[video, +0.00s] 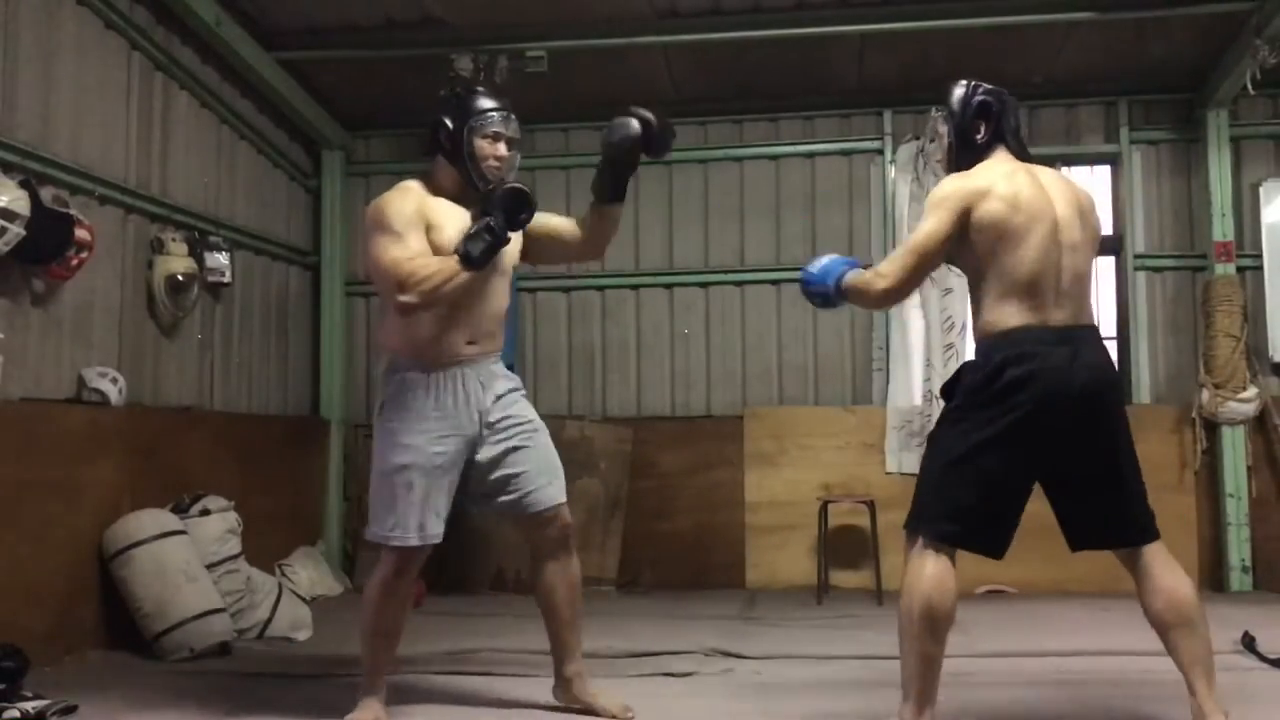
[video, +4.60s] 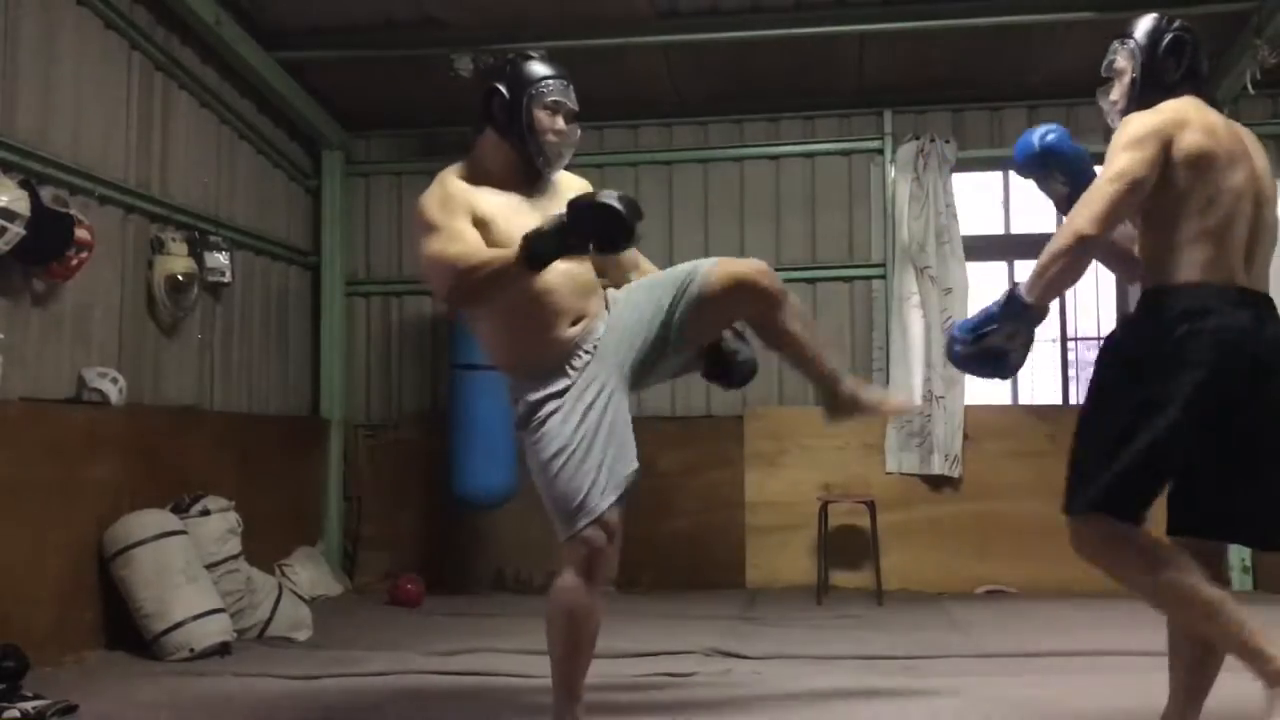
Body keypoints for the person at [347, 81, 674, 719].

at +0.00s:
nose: (504, 155)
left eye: (510, 143)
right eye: (492, 140)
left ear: (512, 151)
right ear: (451, 142)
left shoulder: (507, 220)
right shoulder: (401, 205)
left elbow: (590, 239)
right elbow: (408, 289)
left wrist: (615, 168)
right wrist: (484, 244)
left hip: (493, 385)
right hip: (421, 393)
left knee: (553, 526)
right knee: (403, 551)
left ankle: (571, 681)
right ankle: (373, 694)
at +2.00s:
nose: (584, 137)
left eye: (590, 126)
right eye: (570, 122)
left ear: (592, 133)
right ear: (528, 124)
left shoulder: (576, 203)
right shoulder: (467, 190)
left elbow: (656, 242)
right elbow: (444, 286)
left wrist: (658, 157)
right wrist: (532, 255)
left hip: (568, 380)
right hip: (490, 386)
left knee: (612, 536)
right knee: (471, 555)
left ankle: (629, 697)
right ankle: (426, 703)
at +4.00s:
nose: (599, 122)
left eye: (604, 110)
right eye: (586, 105)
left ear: (600, 119)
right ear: (539, 103)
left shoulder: (574, 202)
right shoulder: (474, 173)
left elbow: (636, 274)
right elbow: (436, 268)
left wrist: (678, 215)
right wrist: (527, 230)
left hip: (569, 385)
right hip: (490, 390)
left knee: (631, 533)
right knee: (460, 564)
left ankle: (641, 703)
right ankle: (401, 708)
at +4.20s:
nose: (582, 105)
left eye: (587, 93)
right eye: (568, 90)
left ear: (587, 103)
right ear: (522, 93)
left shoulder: (588, 174)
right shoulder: (469, 171)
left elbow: (667, 219)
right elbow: (424, 267)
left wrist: (736, 175)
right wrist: (518, 240)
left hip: (603, 370)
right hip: (527, 382)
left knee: (662, 518)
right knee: (566, 537)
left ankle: (653, 692)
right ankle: (502, 689)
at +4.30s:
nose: (554, 123)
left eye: (559, 110)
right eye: (539, 108)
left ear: (563, 118)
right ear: (494, 107)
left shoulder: (572, 191)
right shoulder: (442, 186)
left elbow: (648, 263)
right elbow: (439, 255)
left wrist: (730, 318)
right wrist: (525, 195)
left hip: (615, 346)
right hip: (545, 389)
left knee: (762, 417)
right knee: (586, 553)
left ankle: (749, 552)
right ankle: (559, 711)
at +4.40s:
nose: (553, 134)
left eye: (556, 121)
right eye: (540, 120)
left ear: (556, 127)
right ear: (496, 119)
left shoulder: (568, 194)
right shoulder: (436, 191)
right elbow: (460, 236)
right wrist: (541, 174)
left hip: (626, 323)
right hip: (565, 391)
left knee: (768, 290)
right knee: (591, 558)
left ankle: (922, 329)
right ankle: (564, 710)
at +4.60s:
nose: (568, 129)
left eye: (572, 116)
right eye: (553, 112)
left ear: (572, 122)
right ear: (504, 112)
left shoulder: (568, 187)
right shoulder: (448, 196)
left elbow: (637, 275)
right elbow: (457, 288)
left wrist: (706, 345)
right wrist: (551, 242)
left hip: (615, 326)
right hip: (557, 390)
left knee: (751, 281)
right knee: (593, 550)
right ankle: (566, 710)